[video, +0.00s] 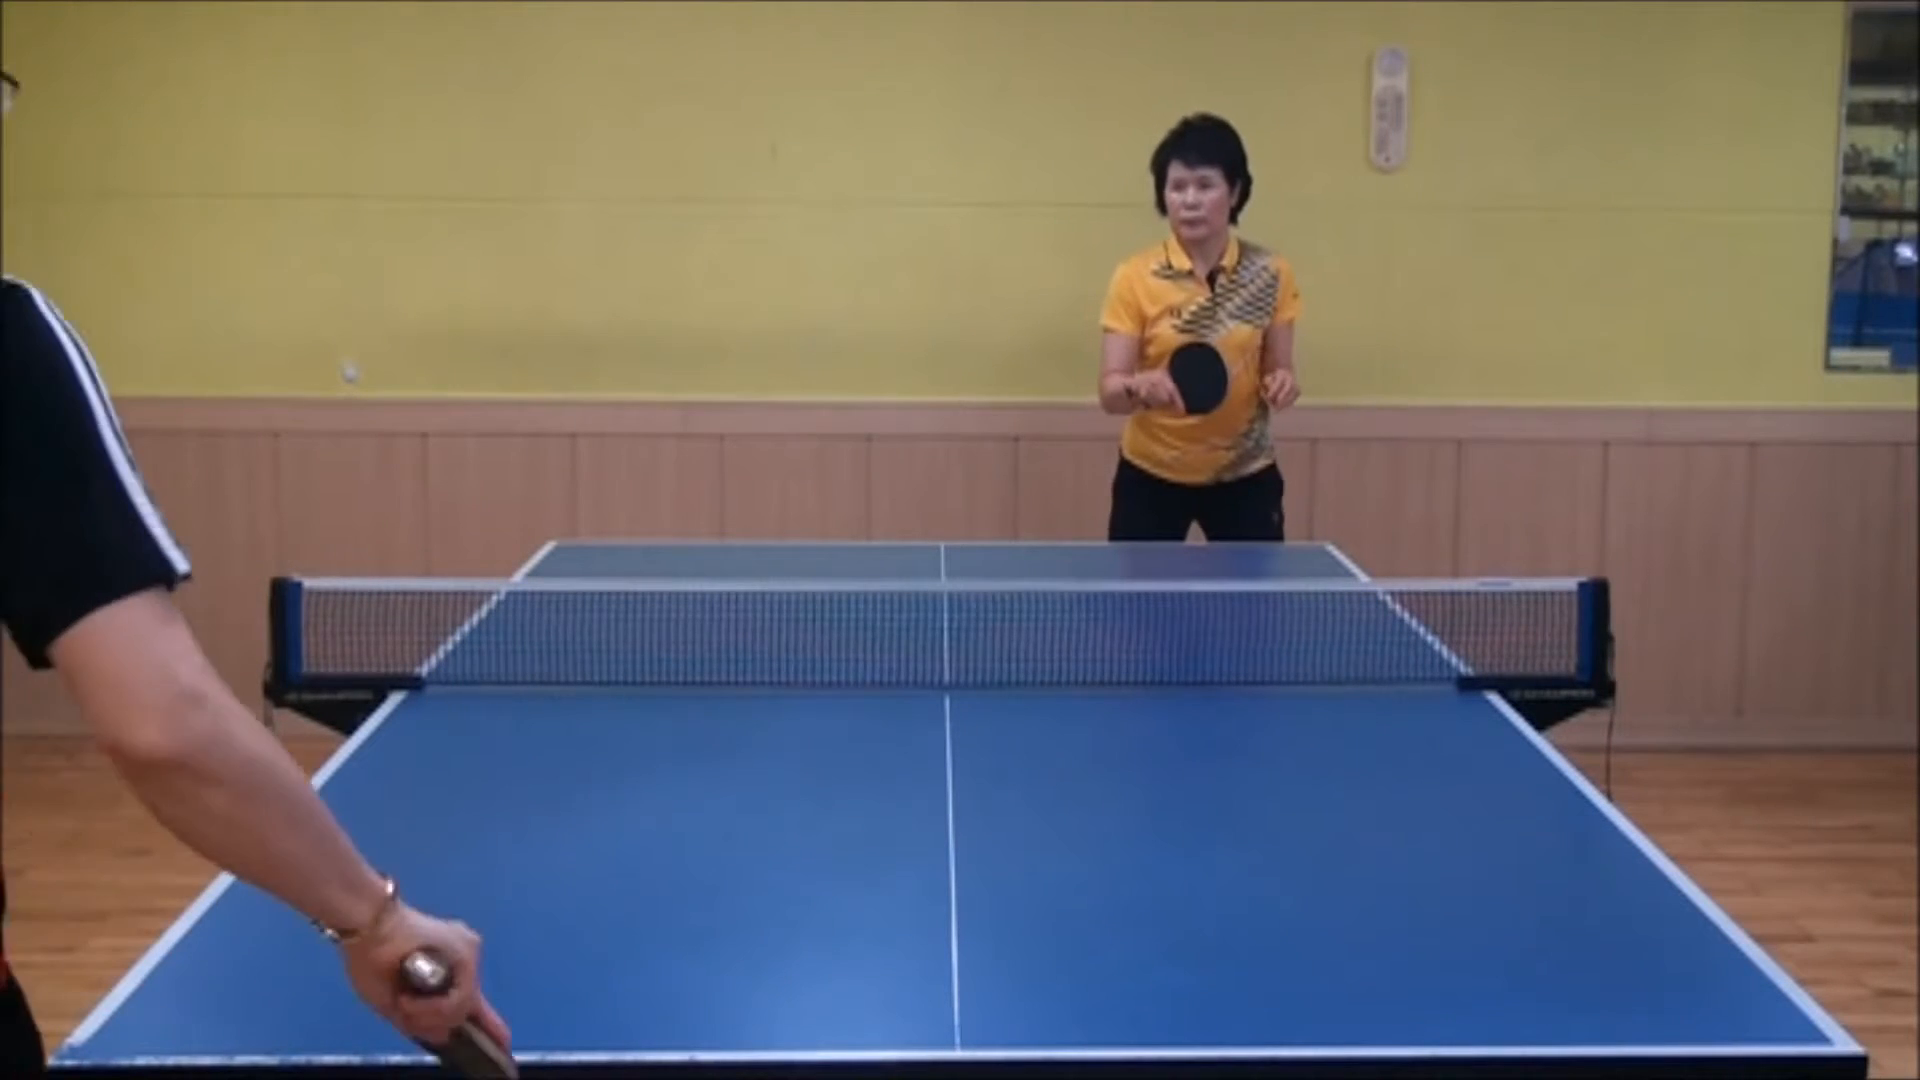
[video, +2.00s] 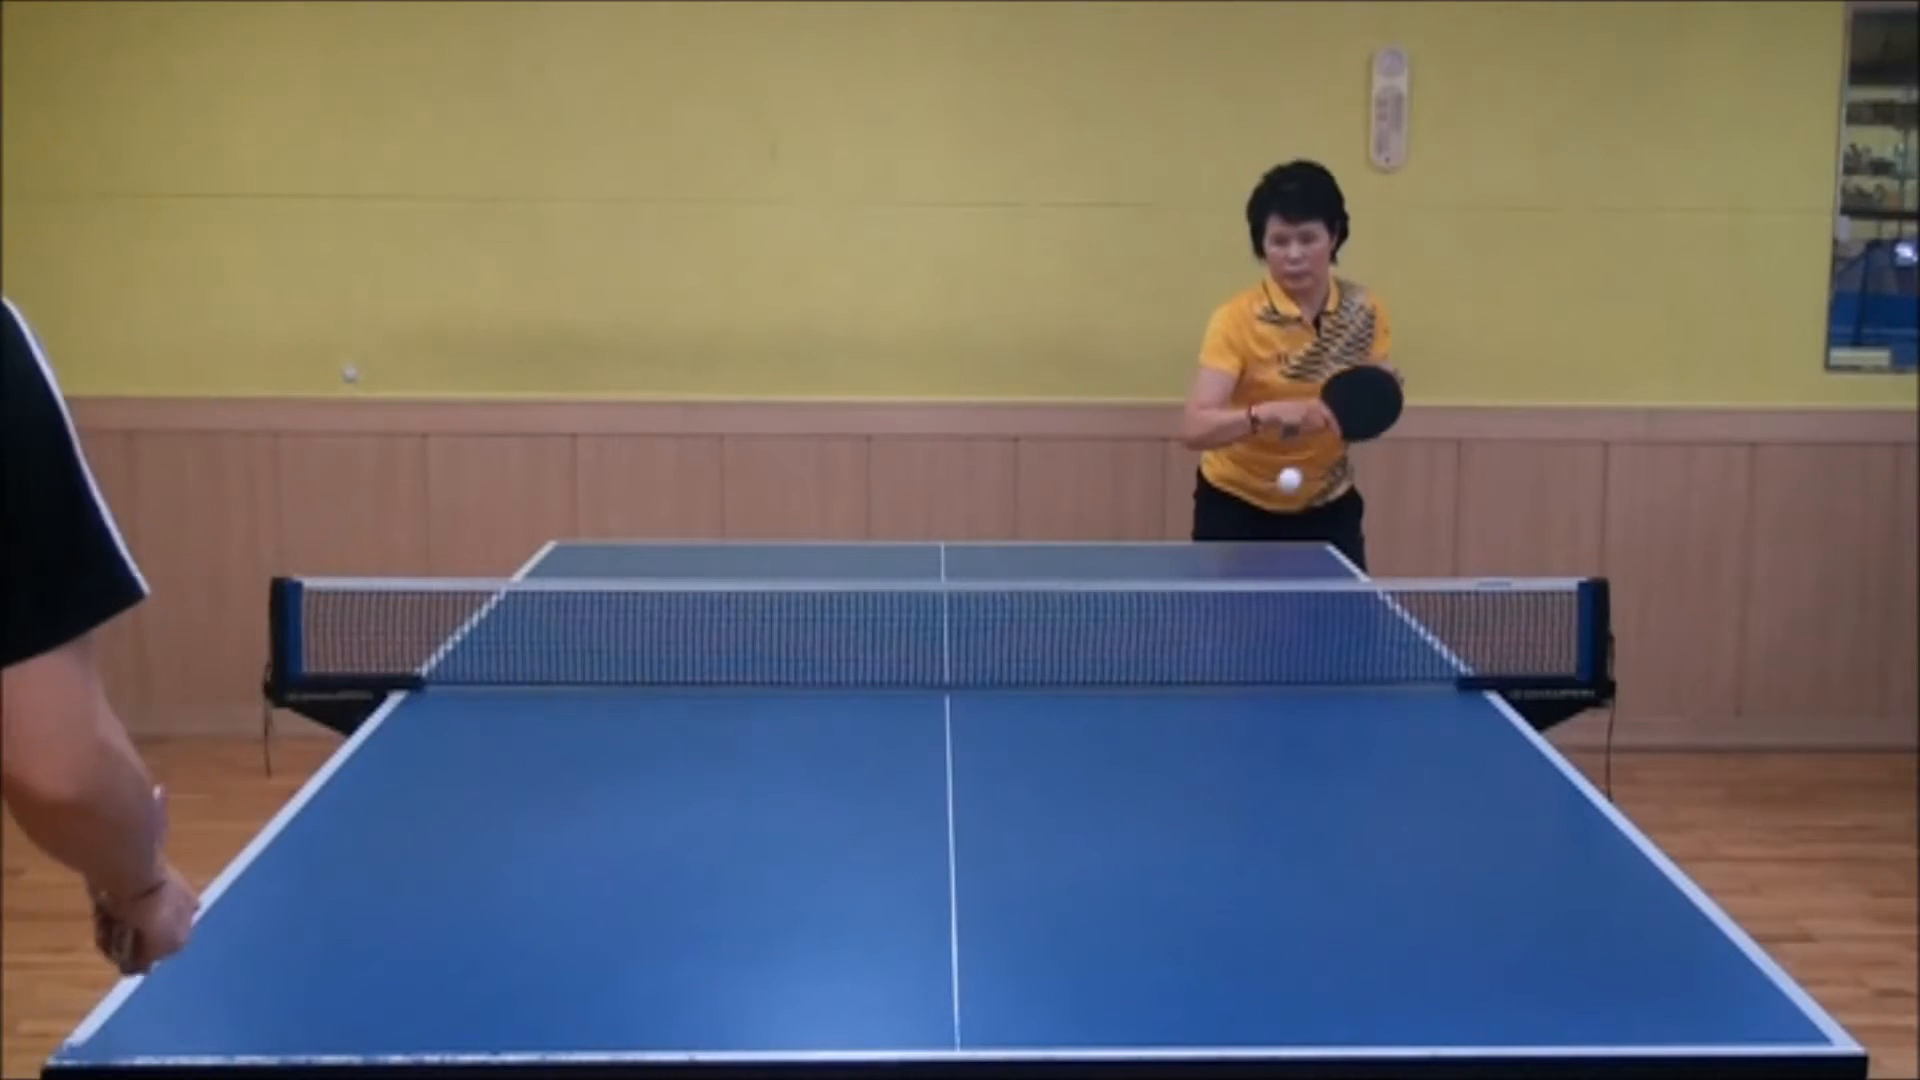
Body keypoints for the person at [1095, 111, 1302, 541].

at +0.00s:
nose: (1190, 200)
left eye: (1205, 185)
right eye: (1178, 186)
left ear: (1235, 193)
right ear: (1162, 196)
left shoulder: (1271, 277)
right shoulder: (1135, 278)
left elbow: (1277, 371)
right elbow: (1111, 392)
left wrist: (1281, 385)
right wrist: (1139, 388)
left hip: (1243, 481)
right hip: (1152, 478)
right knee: (1136, 599)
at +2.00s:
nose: (1294, 255)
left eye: (1308, 239)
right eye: (1280, 241)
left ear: (1335, 238)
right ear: (1260, 245)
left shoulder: (1364, 314)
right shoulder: (1236, 321)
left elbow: (1370, 393)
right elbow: (1195, 428)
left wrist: (1381, 386)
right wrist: (1263, 416)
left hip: (1327, 508)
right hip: (1237, 508)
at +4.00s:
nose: (1290, 259)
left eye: (1305, 243)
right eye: (1276, 246)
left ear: (1335, 251)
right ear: (1259, 258)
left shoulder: (1364, 332)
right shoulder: (1237, 340)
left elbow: (1375, 440)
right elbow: (1187, 445)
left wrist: (1397, 427)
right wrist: (1226, 453)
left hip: (1331, 532)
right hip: (1240, 531)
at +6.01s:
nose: (1212, 202)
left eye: (1227, 188)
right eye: (1200, 188)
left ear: (1258, 195)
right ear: (1185, 197)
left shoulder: (1298, 278)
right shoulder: (1161, 282)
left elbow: (1315, 370)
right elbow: (1129, 396)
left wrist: (1306, 386)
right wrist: (1154, 387)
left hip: (1277, 480)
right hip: (1184, 478)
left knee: (1284, 600)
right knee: (1155, 600)